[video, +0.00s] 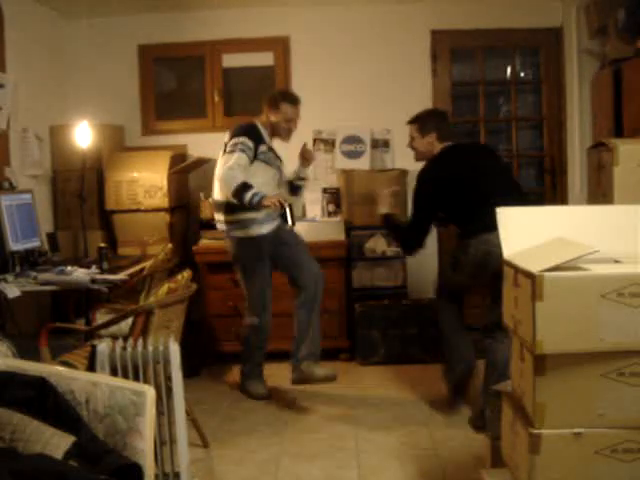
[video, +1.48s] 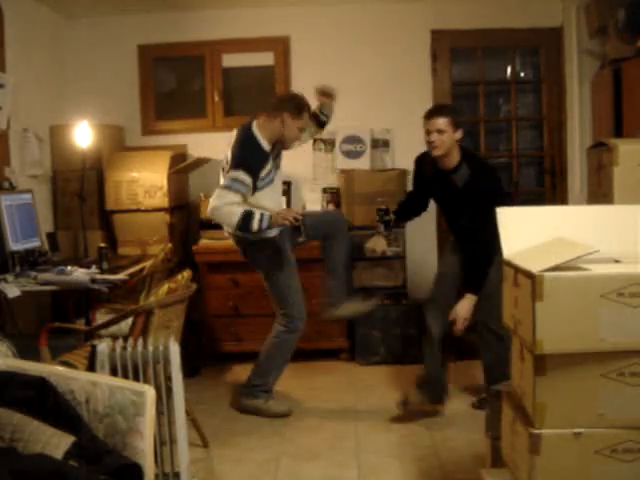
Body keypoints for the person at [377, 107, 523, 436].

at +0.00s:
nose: (411, 147)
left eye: (414, 140)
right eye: (410, 140)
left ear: (432, 138)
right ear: (438, 137)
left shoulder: (431, 175)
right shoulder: (483, 153)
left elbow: (412, 240)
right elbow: (514, 194)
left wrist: (389, 222)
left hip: (476, 244)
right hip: (516, 238)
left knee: (449, 304)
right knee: (501, 324)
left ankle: (461, 373)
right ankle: (494, 405)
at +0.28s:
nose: (401, 149)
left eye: (403, 141)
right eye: (400, 142)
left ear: (420, 138)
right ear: (427, 137)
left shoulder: (427, 170)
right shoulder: (471, 148)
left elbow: (404, 223)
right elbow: (507, 186)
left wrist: (371, 257)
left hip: (490, 238)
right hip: (527, 228)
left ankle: (479, 397)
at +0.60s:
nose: (389, 154)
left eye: (392, 147)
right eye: (387, 148)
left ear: (413, 143)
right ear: (415, 144)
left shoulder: (436, 164)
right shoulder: (444, 157)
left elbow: (444, 225)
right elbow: (441, 215)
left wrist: (398, 213)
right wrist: (399, 208)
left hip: (499, 229)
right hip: (511, 225)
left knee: (434, 249)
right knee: (485, 300)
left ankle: (455, 321)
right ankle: (489, 383)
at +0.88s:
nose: (390, 149)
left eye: (395, 141)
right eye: (389, 142)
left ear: (417, 139)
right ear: (416, 141)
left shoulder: (436, 164)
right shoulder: (436, 161)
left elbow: (415, 225)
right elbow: (415, 222)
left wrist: (368, 249)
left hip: (510, 220)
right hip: (514, 217)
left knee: (453, 273)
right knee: (490, 296)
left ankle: (464, 367)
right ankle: (499, 378)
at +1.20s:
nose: (406, 145)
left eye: (413, 139)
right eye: (404, 139)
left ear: (434, 139)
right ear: (403, 140)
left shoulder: (462, 173)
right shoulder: (421, 170)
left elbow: (478, 238)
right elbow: (430, 198)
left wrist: (459, 289)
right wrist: (397, 214)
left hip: (495, 235)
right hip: (461, 231)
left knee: (476, 307)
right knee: (416, 252)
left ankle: (474, 387)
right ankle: (431, 328)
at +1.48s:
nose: (431, 139)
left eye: (439, 132)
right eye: (428, 132)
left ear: (457, 134)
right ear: (425, 135)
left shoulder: (482, 173)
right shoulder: (426, 164)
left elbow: (488, 241)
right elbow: (419, 200)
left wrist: (471, 294)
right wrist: (392, 218)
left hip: (489, 251)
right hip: (457, 248)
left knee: (490, 320)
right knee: (436, 312)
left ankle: (496, 390)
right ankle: (432, 393)